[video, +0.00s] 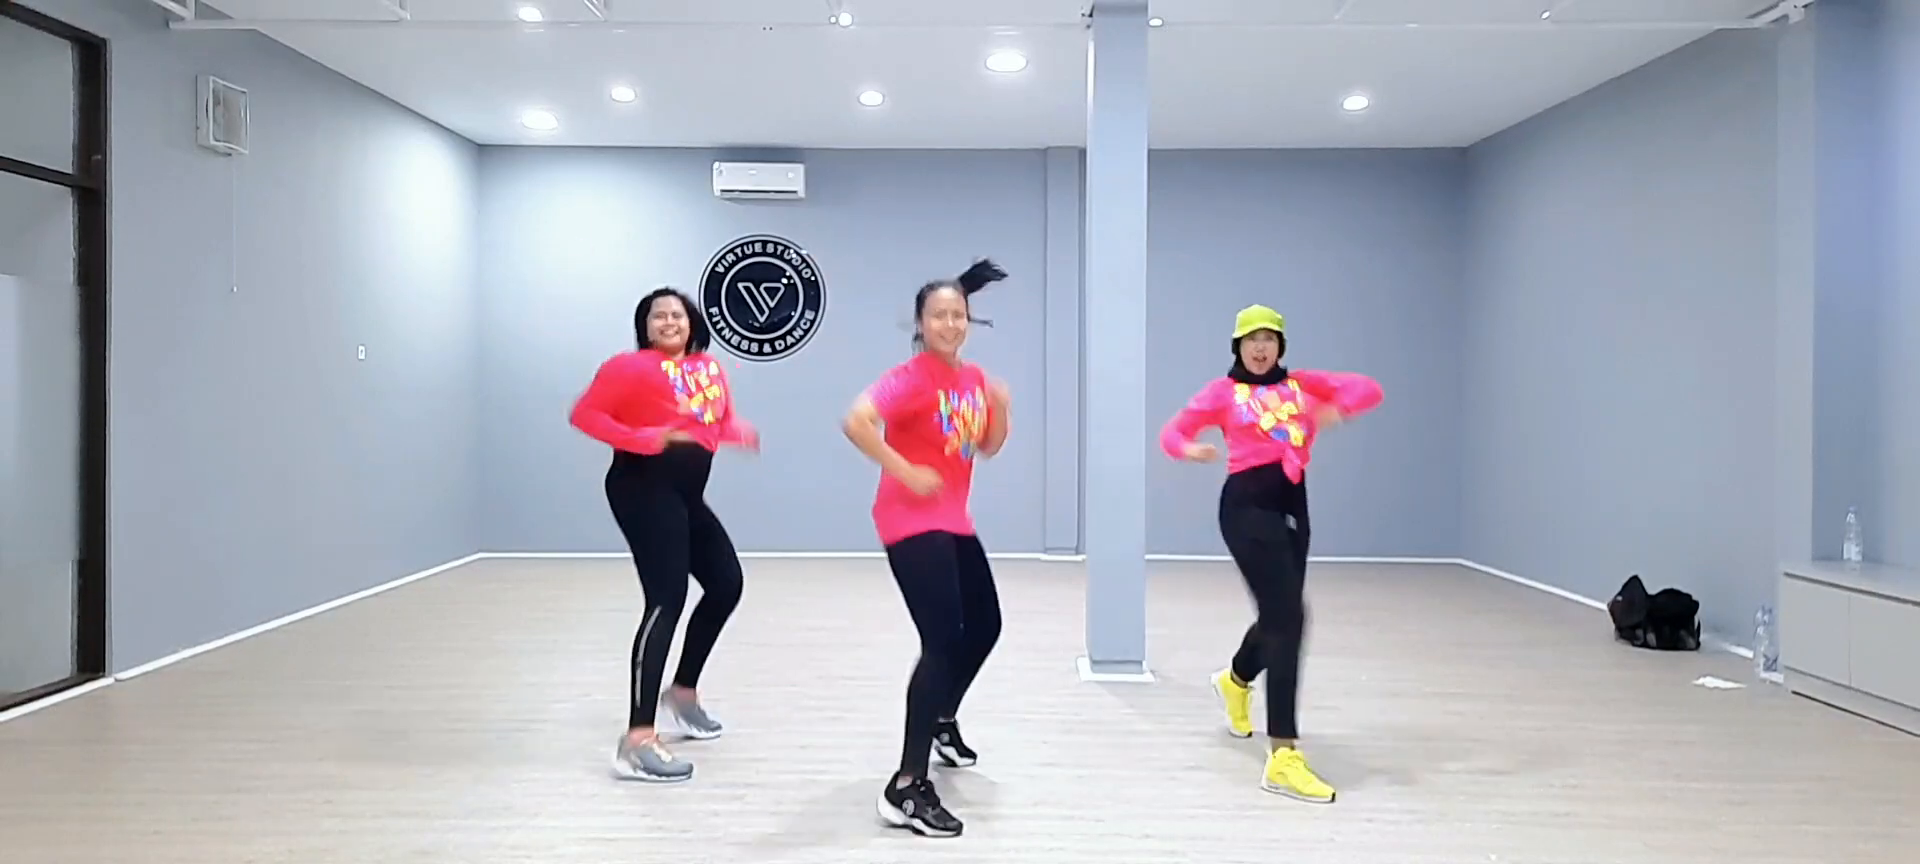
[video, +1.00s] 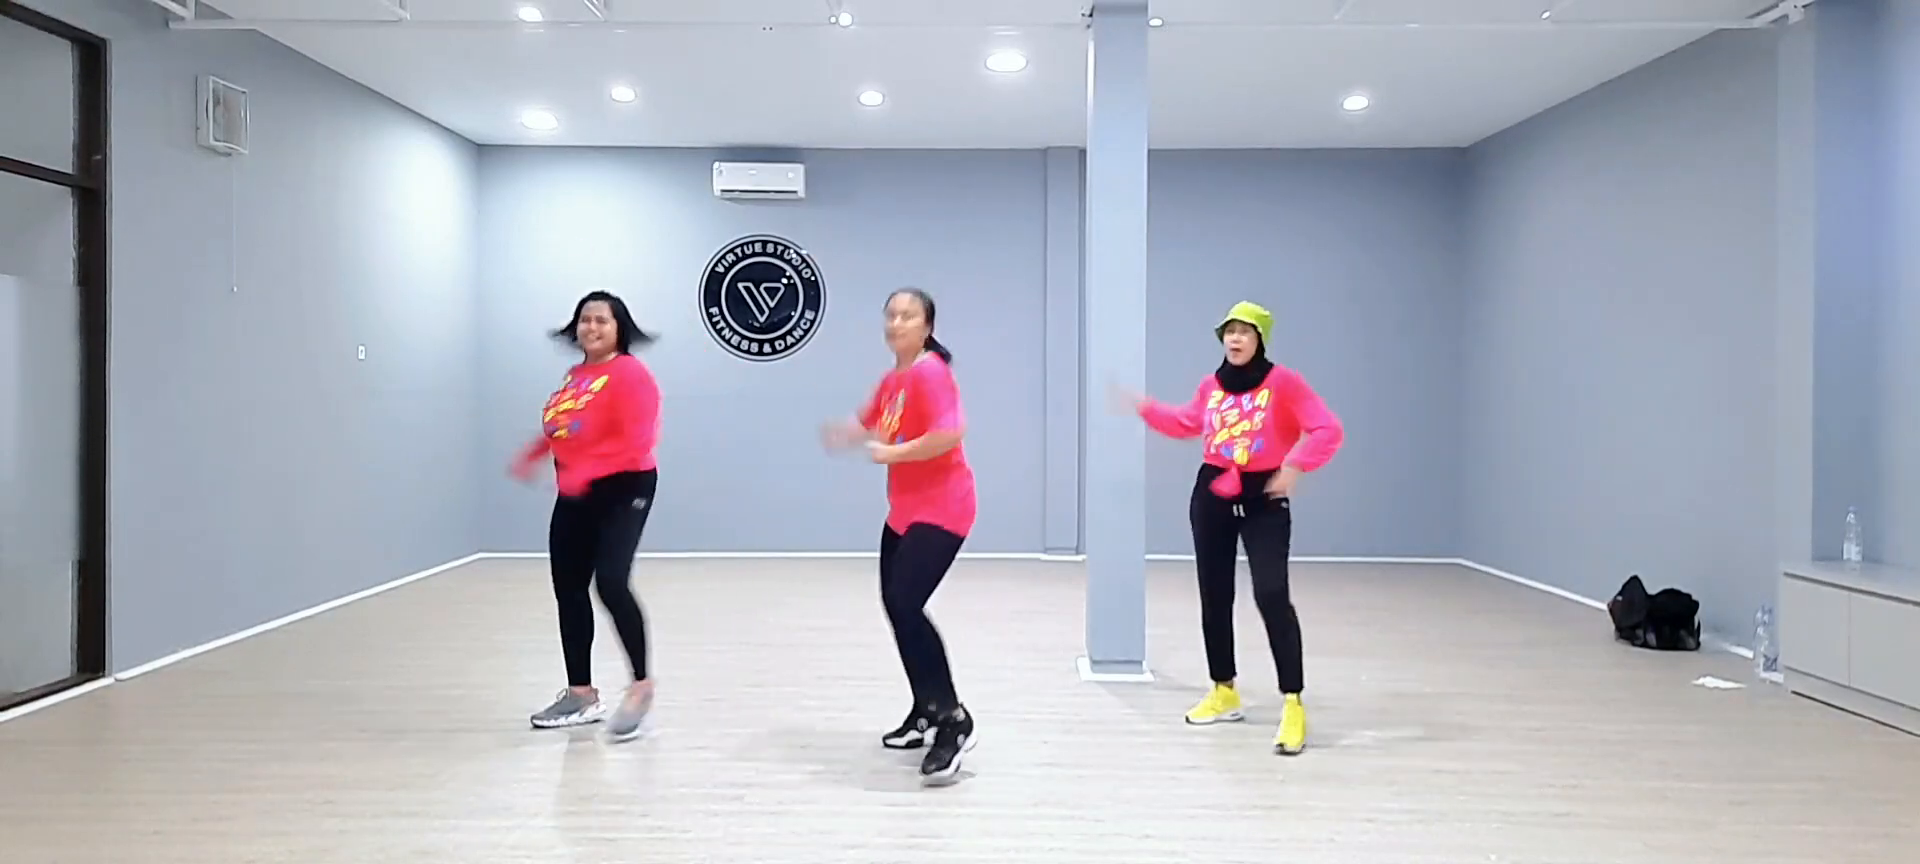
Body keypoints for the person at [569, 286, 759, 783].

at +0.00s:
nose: (668, 321)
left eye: (677, 314)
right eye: (658, 315)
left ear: (692, 324)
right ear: (644, 326)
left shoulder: (708, 368)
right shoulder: (627, 367)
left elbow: (717, 424)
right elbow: (584, 415)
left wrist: (741, 433)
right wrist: (642, 437)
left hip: (685, 492)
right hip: (642, 491)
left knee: (725, 584)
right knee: (667, 597)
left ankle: (682, 693)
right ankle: (639, 736)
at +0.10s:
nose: (673, 328)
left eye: (678, 322)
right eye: (662, 322)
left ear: (685, 337)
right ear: (640, 334)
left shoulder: (684, 386)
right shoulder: (631, 384)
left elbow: (691, 445)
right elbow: (623, 445)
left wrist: (703, 488)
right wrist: (690, 430)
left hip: (672, 499)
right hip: (637, 498)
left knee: (715, 589)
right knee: (671, 604)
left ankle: (676, 706)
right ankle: (637, 740)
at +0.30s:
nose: (677, 314)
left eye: (674, 306)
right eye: (672, 307)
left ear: (626, 312)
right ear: (660, 313)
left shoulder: (609, 352)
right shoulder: (661, 348)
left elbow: (575, 386)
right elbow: (708, 392)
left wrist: (597, 429)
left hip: (604, 466)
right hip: (644, 461)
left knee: (651, 575)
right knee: (666, 581)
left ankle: (637, 699)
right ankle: (651, 715)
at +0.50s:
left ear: (596, 327)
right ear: (648, 329)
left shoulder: (571, 373)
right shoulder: (669, 373)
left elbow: (551, 444)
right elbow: (706, 435)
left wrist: (551, 492)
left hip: (581, 487)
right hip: (644, 486)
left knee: (604, 600)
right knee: (659, 593)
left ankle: (613, 720)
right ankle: (660, 687)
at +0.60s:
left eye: (585, 325)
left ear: (588, 329)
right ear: (639, 327)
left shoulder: (571, 369)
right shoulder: (667, 373)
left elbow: (552, 431)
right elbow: (707, 422)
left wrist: (541, 438)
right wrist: (691, 479)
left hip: (581, 486)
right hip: (644, 482)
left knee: (596, 599)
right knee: (635, 571)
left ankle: (612, 719)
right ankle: (655, 663)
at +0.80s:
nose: (575, 312)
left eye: (584, 306)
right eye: (574, 306)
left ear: (608, 314)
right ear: (612, 318)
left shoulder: (588, 354)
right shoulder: (637, 355)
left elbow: (561, 409)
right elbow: (669, 399)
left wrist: (515, 399)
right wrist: (657, 451)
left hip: (604, 467)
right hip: (637, 466)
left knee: (577, 582)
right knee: (583, 577)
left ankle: (626, 691)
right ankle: (576, 681)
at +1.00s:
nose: (592, 327)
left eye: (602, 320)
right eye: (585, 320)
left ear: (620, 328)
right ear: (576, 329)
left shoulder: (633, 375)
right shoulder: (576, 377)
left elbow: (638, 444)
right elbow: (566, 430)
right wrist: (532, 453)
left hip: (625, 487)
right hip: (577, 490)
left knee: (610, 584)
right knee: (569, 587)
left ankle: (641, 686)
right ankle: (580, 692)